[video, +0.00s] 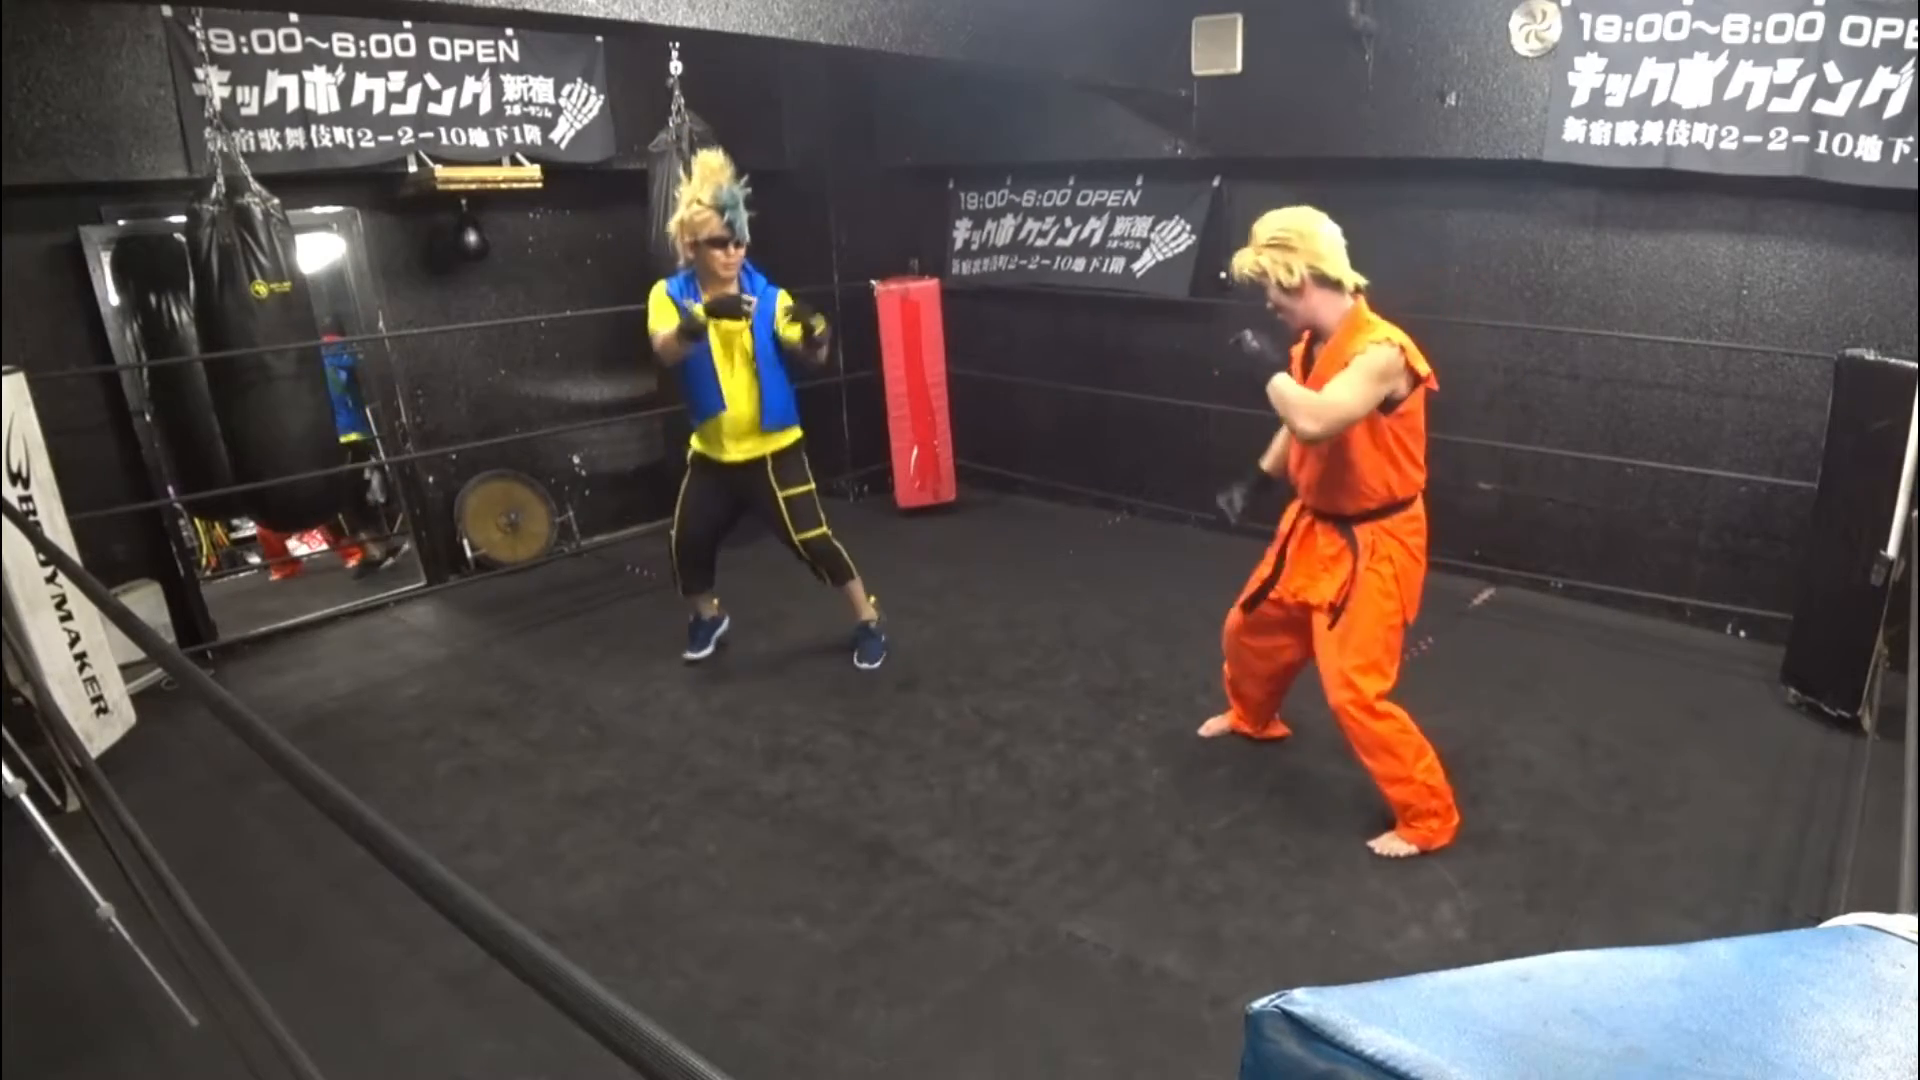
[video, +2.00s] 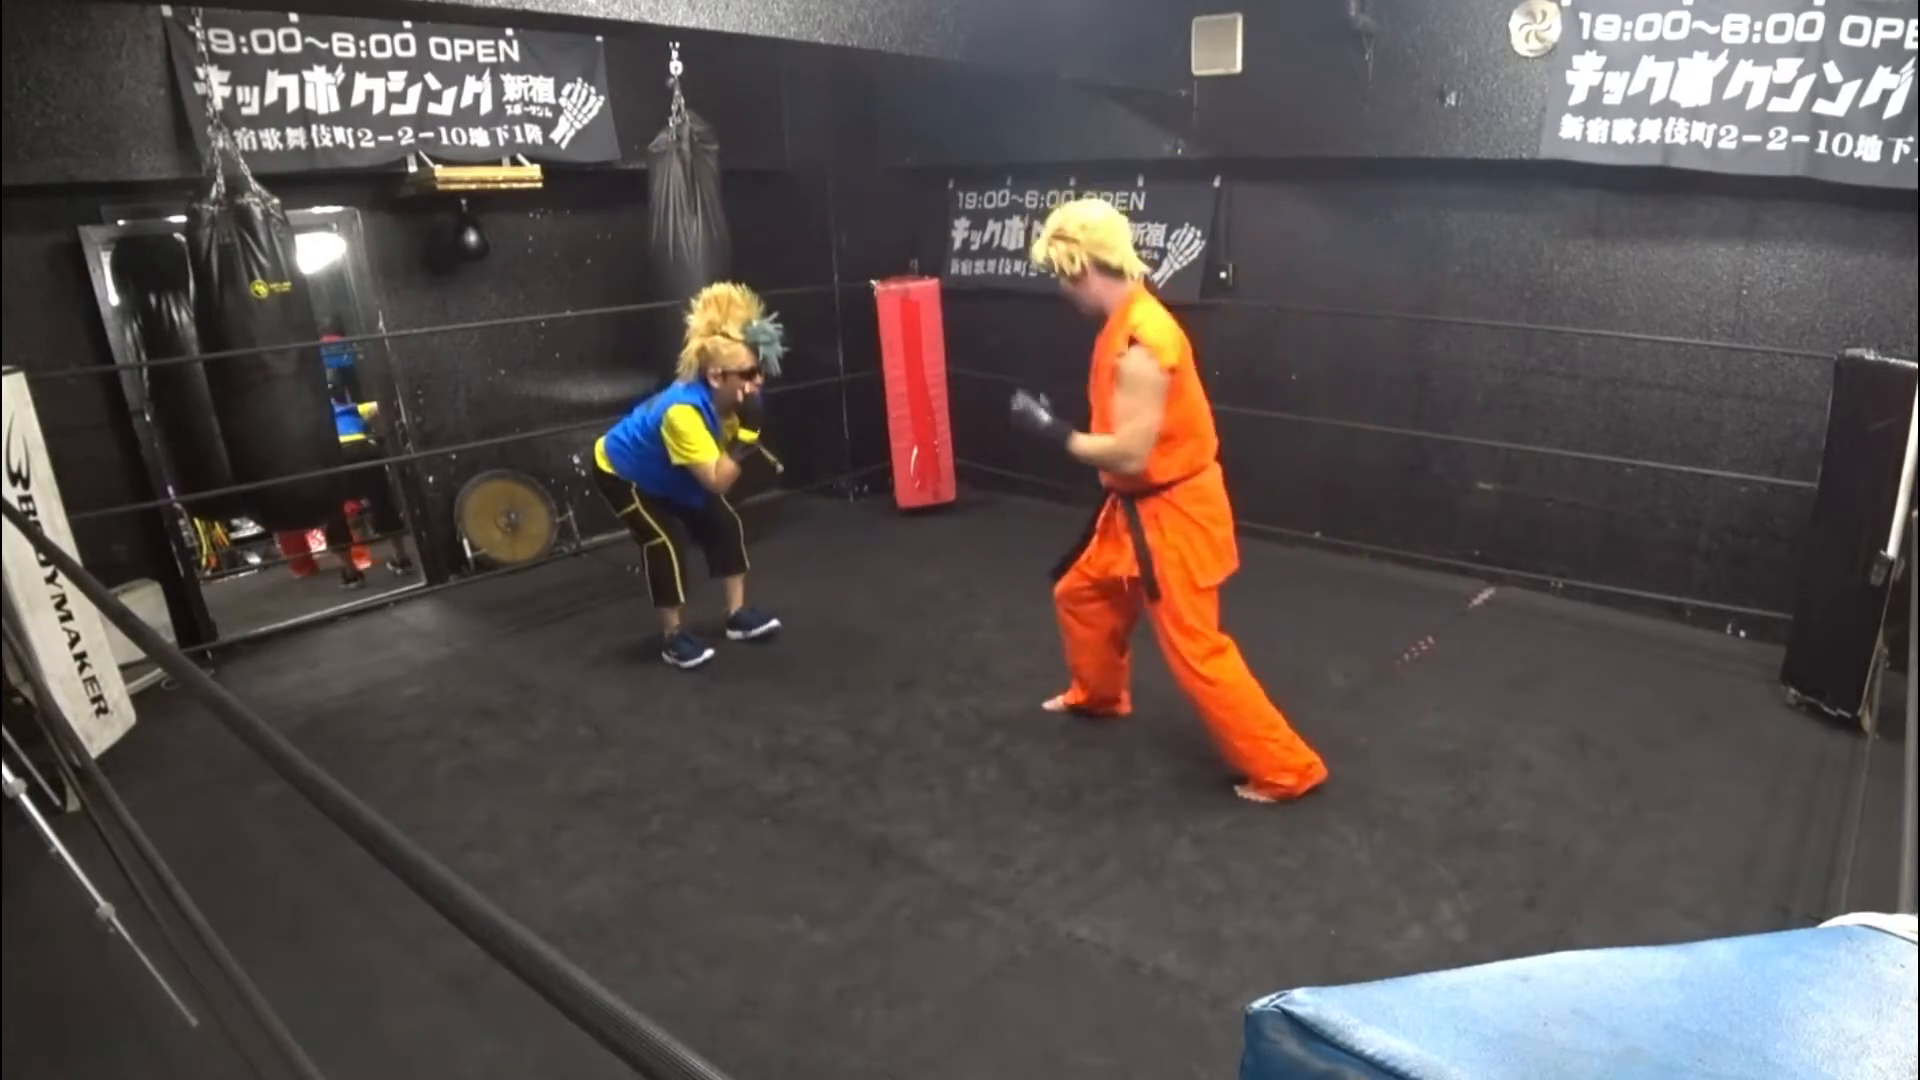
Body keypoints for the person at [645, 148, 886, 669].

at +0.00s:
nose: (731, 256)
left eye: (737, 244)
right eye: (718, 246)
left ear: (745, 247)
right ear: (691, 249)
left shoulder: (767, 295)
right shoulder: (669, 296)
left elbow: (810, 358)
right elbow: (664, 352)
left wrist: (818, 339)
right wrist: (700, 320)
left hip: (776, 444)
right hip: (713, 451)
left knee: (811, 539)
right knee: (687, 544)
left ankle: (867, 618)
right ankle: (708, 616)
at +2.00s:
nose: (756, 383)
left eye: (758, 373)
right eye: (747, 375)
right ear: (715, 377)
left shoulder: (727, 404)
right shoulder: (681, 412)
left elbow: (728, 452)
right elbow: (716, 481)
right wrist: (743, 438)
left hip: (668, 465)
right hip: (617, 468)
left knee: (724, 524)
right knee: (662, 542)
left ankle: (738, 613)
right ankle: (673, 636)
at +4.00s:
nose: (506, 335)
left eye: (510, 325)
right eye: (493, 328)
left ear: (520, 325)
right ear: (473, 336)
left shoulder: (537, 361)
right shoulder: (470, 379)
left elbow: (583, 391)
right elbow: (447, 428)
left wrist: (556, 336)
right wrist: (447, 389)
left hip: (575, 486)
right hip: (522, 497)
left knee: (595, 554)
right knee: (481, 570)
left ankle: (665, 631)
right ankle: (504, 611)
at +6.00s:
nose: (545, 269)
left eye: (551, 257)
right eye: (534, 260)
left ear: (560, 253)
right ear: (511, 261)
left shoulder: (585, 291)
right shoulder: (491, 301)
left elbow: (619, 358)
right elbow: (511, 358)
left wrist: (603, 310)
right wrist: (545, 322)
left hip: (604, 430)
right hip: (549, 437)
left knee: (624, 529)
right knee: (537, 528)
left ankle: (679, 589)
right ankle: (578, 612)